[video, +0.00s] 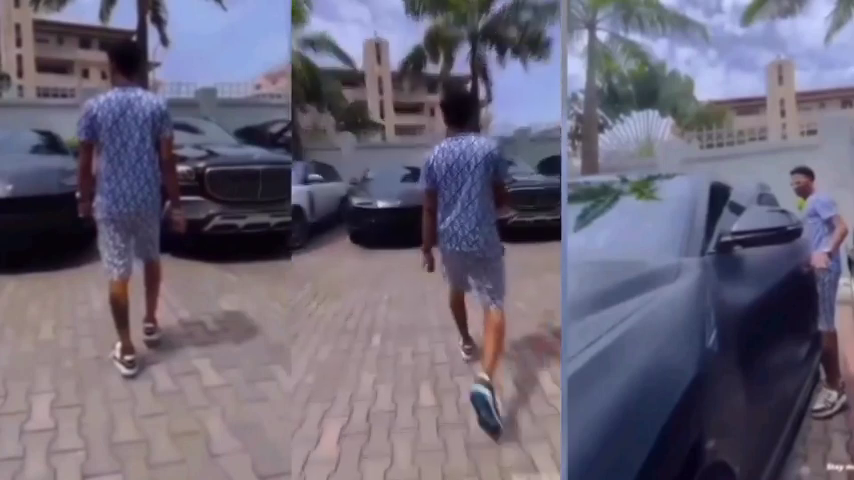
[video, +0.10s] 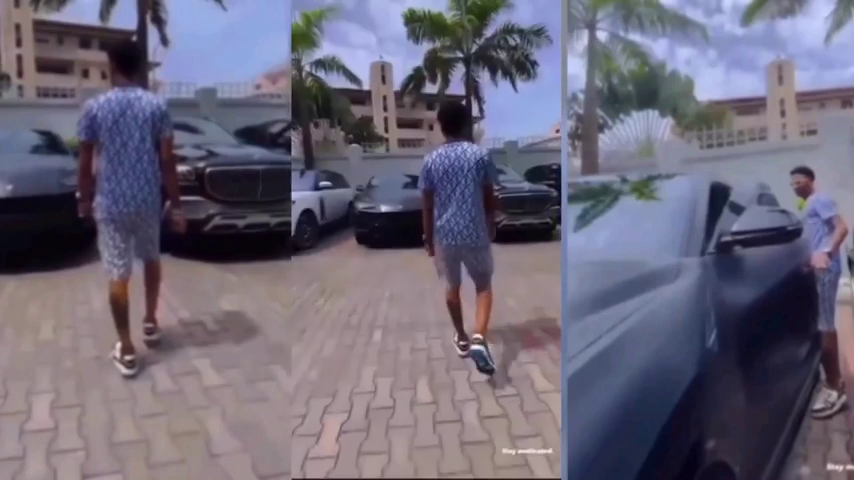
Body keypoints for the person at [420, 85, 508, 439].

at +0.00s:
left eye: (447, 113)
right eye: (473, 112)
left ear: (444, 116)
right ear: (476, 115)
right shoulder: (489, 149)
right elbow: (501, 196)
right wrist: (502, 205)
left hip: (450, 238)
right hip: (483, 238)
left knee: (457, 291)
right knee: (494, 303)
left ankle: (466, 342)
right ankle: (486, 377)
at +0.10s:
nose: (441, 128)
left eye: (440, 124)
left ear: (441, 126)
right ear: (468, 124)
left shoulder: (432, 159)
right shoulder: (480, 155)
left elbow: (427, 204)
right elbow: (489, 195)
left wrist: (427, 237)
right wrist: (491, 223)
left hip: (445, 234)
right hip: (474, 233)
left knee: (452, 286)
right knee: (483, 286)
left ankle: (461, 337)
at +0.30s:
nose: (443, 133)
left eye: (441, 129)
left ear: (443, 131)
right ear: (467, 129)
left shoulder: (434, 159)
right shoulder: (480, 159)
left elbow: (426, 201)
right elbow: (490, 202)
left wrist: (431, 228)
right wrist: (500, 239)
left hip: (443, 231)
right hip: (472, 230)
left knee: (452, 291)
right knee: (475, 273)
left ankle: (461, 353)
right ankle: (474, 317)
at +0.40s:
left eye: (447, 134)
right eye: (467, 132)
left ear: (445, 135)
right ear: (469, 134)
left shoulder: (435, 164)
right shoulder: (481, 164)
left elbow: (427, 204)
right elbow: (491, 205)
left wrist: (432, 231)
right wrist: (501, 242)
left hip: (443, 235)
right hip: (471, 234)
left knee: (452, 293)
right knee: (472, 276)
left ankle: (460, 358)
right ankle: (469, 309)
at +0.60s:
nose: (454, 135)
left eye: (452, 130)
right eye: (467, 130)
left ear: (450, 132)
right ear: (472, 132)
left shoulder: (439, 161)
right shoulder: (482, 162)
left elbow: (432, 201)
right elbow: (490, 202)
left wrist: (428, 231)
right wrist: (497, 238)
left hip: (446, 229)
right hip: (473, 228)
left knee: (444, 277)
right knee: (471, 273)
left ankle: (452, 326)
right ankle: (464, 317)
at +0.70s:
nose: (459, 132)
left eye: (451, 127)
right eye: (468, 127)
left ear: (449, 129)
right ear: (472, 128)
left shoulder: (439, 158)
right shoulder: (482, 157)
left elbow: (433, 198)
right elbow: (489, 198)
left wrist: (429, 229)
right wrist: (492, 228)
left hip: (447, 225)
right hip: (474, 226)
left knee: (442, 270)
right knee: (471, 275)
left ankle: (450, 314)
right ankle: (464, 322)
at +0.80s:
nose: (452, 130)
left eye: (450, 126)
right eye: (465, 126)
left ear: (449, 128)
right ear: (471, 127)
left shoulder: (439, 156)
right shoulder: (481, 156)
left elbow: (433, 197)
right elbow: (490, 193)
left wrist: (429, 228)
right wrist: (488, 219)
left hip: (447, 222)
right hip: (473, 223)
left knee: (443, 265)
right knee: (472, 275)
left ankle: (448, 312)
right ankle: (464, 330)